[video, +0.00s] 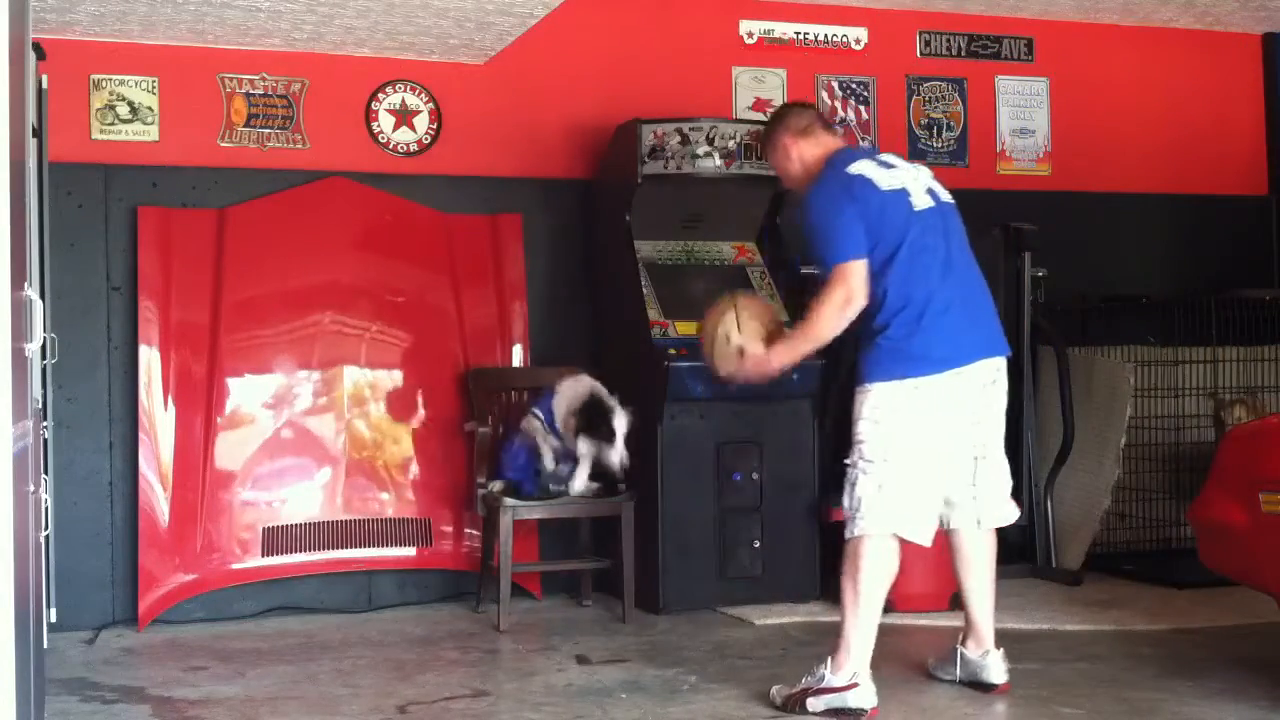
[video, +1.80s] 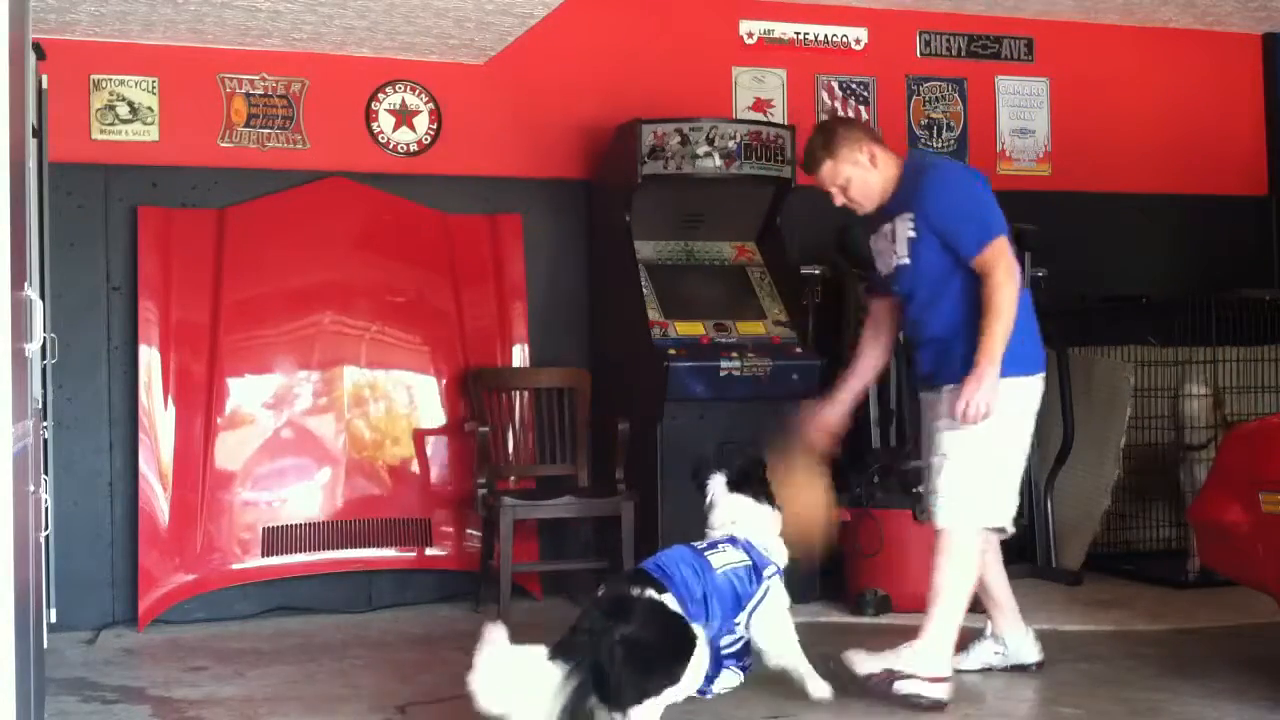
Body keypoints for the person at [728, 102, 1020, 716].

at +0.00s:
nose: (783, 181)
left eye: (778, 167)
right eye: (777, 170)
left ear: (795, 144)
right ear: (827, 134)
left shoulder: (830, 189)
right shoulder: (903, 166)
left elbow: (848, 294)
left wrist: (776, 356)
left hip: (907, 368)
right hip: (983, 356)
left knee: (873, 518)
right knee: (972, 508)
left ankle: (848, 671)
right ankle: (981, 650)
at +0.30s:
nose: (821, 165)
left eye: (816, 150)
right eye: (814, 154)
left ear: (838, 126)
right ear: (858, 119)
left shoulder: (884, 162)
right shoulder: (936, 159)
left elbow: (878, 253)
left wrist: (776, 263)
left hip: (923, 362)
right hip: (991, 354)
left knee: (887, 505)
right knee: (981, 505)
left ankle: (900, 656)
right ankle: (983, 650)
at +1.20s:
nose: (786, 184)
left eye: (781, 168)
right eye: (776, 176)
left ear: (807, 129)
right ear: (812, 128)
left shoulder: (857, 170)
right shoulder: (883, 156)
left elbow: (874, 266)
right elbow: (899, 278)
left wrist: (783, 330)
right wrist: (831, 302)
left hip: (915, 361)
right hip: (961, 350)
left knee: (889, 508)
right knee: (952, 500)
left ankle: (904, 663)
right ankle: (983, 641)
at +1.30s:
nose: (792, 179)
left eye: (787, 163)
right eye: (783, 171)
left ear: (813, 125)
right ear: (819, 124)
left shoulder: (862, 166)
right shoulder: (882, 153)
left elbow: (889, 256)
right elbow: (905, 257)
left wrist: (836, 351)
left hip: (918, 357)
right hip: (953, 350)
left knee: (895, 507)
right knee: (943, 498)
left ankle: (905, 663)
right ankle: (990, 630)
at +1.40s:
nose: (797, 177)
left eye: (794, 161)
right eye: (789, 169)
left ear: (820, 123)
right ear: (828, 121)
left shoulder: (870, 164)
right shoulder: (888, 153)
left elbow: (910, 250)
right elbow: (892, 262)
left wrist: (898, 362)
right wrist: (827, 297)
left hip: (924, 359)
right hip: (955, 355)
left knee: (900, 503)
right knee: (941, 496)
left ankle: (905, 663)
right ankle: (995, 621)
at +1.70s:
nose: (829, 191)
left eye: (827, 176)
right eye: (820, 184)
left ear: (856, 142)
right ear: (846, 152)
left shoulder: (926, 179)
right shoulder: (880, 204)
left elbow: (989, 258)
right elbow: (887, 299)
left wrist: (991, 364)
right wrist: (813, 308)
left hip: (962, 377)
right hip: (935, 376)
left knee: (927, 513)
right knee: (956, 511)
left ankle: (911, 665)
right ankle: (1008, 628)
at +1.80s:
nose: (840, 202)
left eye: (840, 186)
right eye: (831, 194)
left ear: (870, 154)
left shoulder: (944, 185)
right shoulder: (881, 223)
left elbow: (1002, 269)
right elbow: (881, 325)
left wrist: (986, 369)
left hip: (995, 375)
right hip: (942, 379)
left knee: (960, 511)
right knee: (963, 512)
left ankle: (930, 655)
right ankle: (1012, 634)